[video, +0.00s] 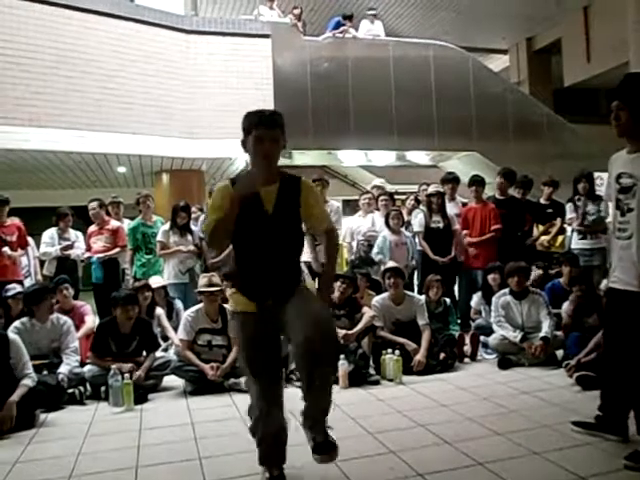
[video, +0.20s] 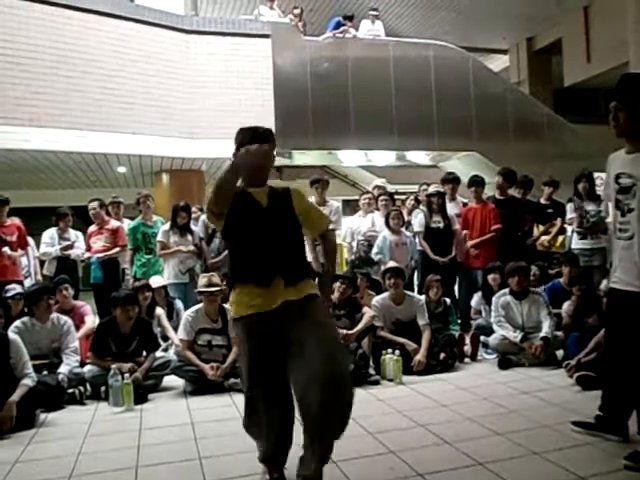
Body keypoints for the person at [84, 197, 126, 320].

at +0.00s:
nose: (92, 213)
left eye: (95, 209)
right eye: (90, 210)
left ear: (103, 209)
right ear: (88, 213)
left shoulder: (116, 226)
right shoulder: (90, 230)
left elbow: (122, 247)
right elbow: (89, 248)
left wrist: (105, 255)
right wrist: (87, 254)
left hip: (111, 262)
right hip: (96, 264)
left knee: (113, 294)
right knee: (99, 296)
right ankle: (104, 325)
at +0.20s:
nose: (92, 212)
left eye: (95, 209)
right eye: (90, 210)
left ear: (103, 209)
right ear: (88, 213)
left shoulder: (116, 226)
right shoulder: (90, 230)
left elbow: (122, 246)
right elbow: (89, 248)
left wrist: (105, 255)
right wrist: (87, 254)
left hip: (111, 262)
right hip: (96, 264)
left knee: (113, 295)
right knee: (100, 298)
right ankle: (104, 326)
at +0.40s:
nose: (93, 213)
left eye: (95, 209)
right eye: (91, 210)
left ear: (103, 210)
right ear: (89, 213)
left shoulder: (116, 226)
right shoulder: (90, 230)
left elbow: (122, 246)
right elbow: (89, 248)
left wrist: (104, 255)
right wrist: (87, 254)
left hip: (111, 262)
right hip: (95, 264)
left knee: (113, 294)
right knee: (99, 297)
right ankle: (104, 324)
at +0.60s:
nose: (95, 212)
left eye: (98, 208)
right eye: (92, 209)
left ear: (104, 209)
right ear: (90, 213)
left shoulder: (116, 226)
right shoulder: (90, 230)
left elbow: (122, 246)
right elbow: (88, 248)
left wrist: (104, 255)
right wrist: (87, 255)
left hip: (111, 261)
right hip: (95, 263)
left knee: (113, 294)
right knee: (100, 297)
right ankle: (104, 324)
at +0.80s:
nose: (96, 211)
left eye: (98, 208)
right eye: (93, 209)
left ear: (105, 209)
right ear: (90, 212)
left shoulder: (116, 226)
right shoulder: (90, 230)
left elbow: (122, 246)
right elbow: (89, 248)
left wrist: (103, 255)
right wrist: (87, 255)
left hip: (111, 262)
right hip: (95, 264)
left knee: (114, 295)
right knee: (100, 298)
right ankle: (104, 325)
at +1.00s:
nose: (96, 211)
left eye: (98, 208)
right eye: (93, 209)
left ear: (104, 209)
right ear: (90, 213)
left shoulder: (116, 226)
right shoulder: (90, 230)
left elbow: (122, 247)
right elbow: (88, 249)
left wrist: (104, 255)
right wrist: (87, 256)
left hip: (110, 262)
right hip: (95, 264)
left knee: (113, 295)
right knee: (100, 298)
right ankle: (104, 325)